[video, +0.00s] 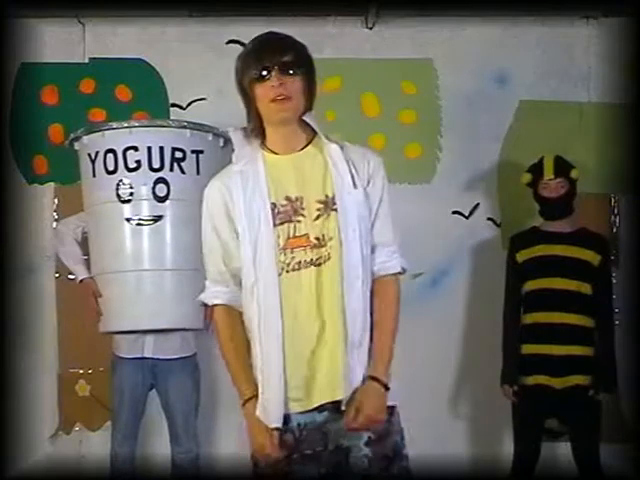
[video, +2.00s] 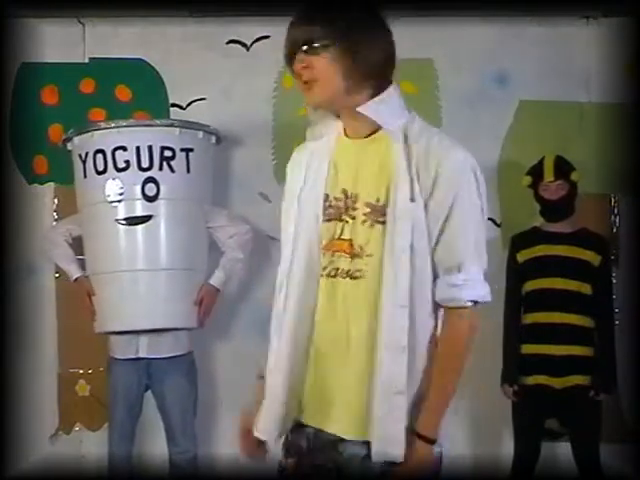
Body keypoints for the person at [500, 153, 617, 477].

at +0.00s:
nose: (552, 192)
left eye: (559, 184)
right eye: (544, 185)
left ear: (572, 187)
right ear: (535, 193)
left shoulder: (596, 245)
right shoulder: (520, 244)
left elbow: (604, 314)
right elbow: (511, 312)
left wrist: (606, 373)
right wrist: (509, 369)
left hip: (581, 373)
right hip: (531, 374)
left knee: (588, 461)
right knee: (524, 460)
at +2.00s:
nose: (552, 193)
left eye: (559, 185)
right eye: (544, 187)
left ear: (572, 188)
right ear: (535, 193)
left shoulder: (596, 246)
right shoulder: (521, 245)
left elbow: (604, 315)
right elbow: (512, 312)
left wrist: (605, 373)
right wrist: (509, 369)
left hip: (580, 376)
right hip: (531, 376)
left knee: (588, 462)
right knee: (524, 461)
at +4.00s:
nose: (537, 195)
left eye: (544, 185)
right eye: (534, 187)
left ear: (565, 189)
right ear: (532, 191)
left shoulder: (598, 247)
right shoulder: (525, 244)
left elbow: (604, 318)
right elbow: (515, 311)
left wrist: (602, 377)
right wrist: (509, 367)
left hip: (580, 380)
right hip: (530, 379)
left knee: (588, 463)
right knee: (524, 462)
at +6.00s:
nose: (579, 192)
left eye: (587, 185)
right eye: (572, 185)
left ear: (599, 192)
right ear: (561, 189)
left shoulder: (611, 251)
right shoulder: (537, 238)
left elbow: (618, 320)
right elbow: (494, 274)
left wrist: (622, 379)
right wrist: (492, 230)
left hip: (587, 367)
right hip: (538, 364)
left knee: (591, 459)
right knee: (528, 458)